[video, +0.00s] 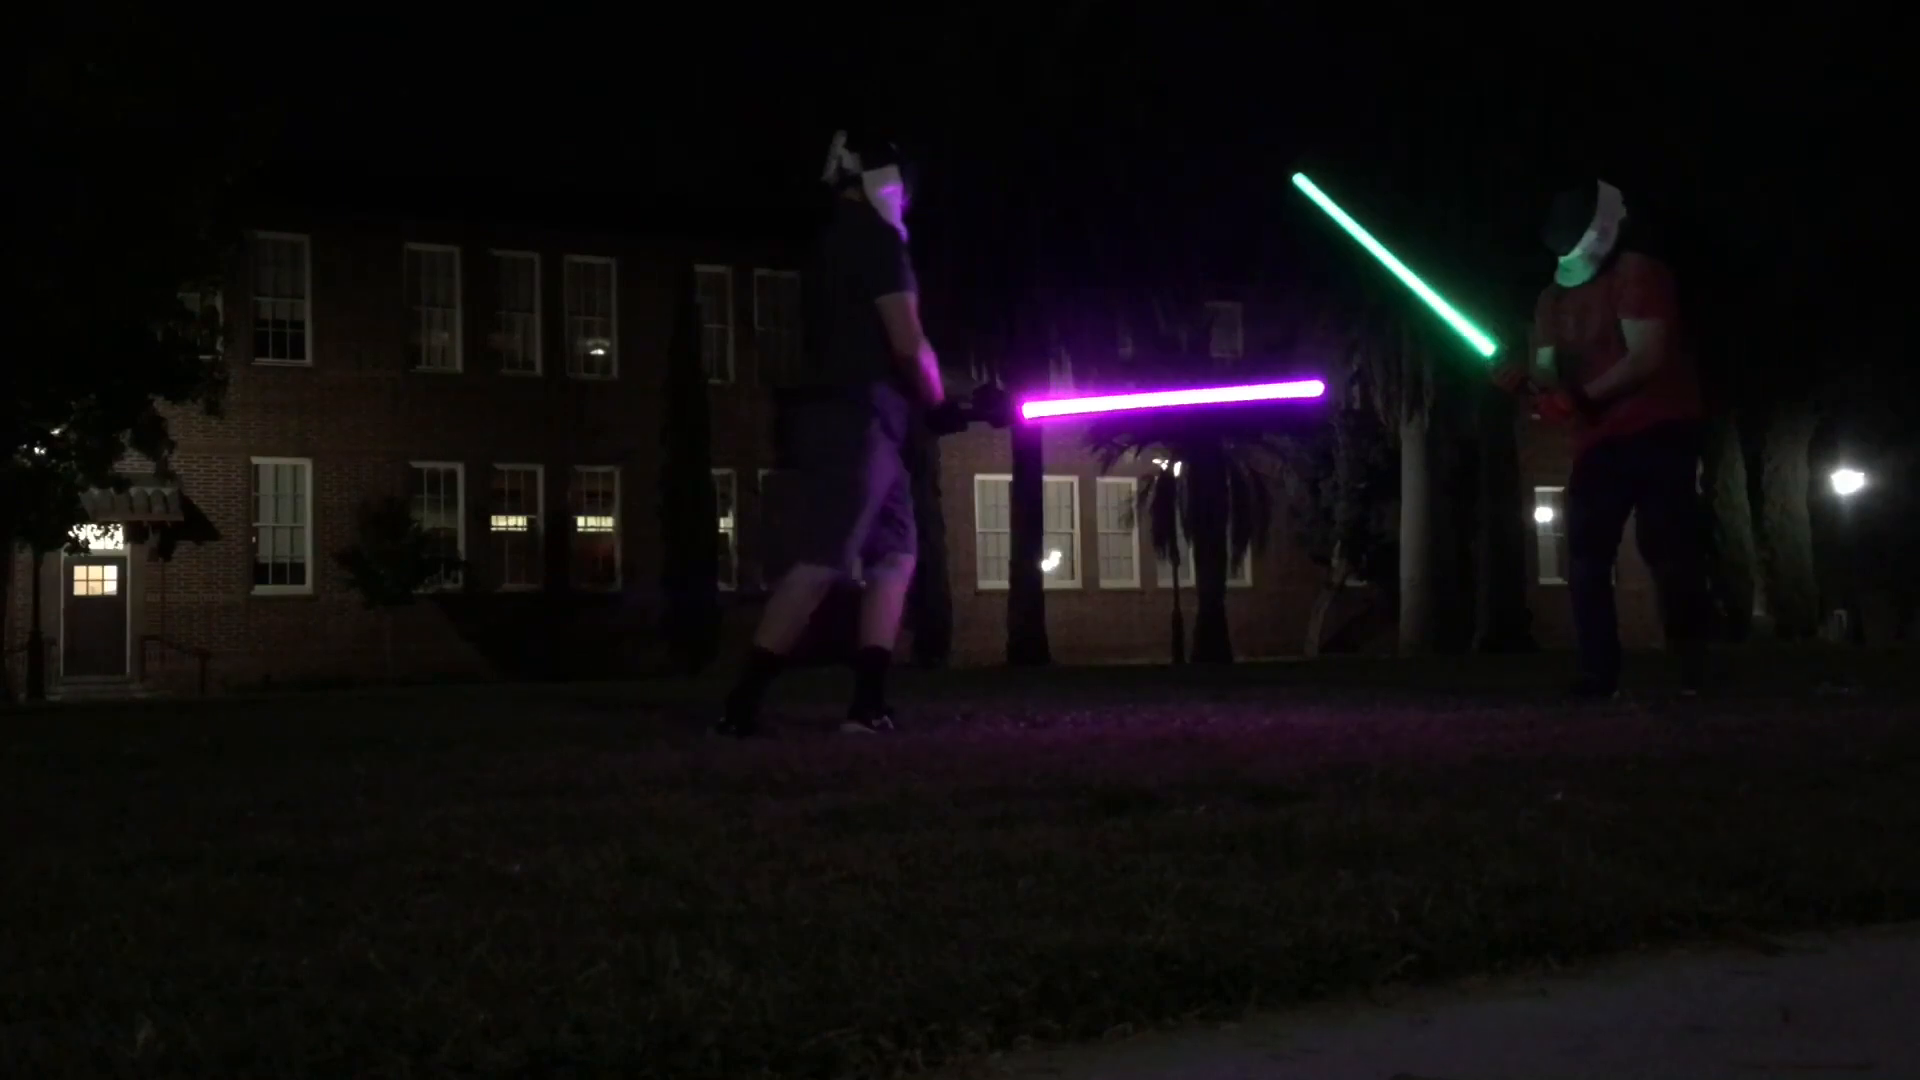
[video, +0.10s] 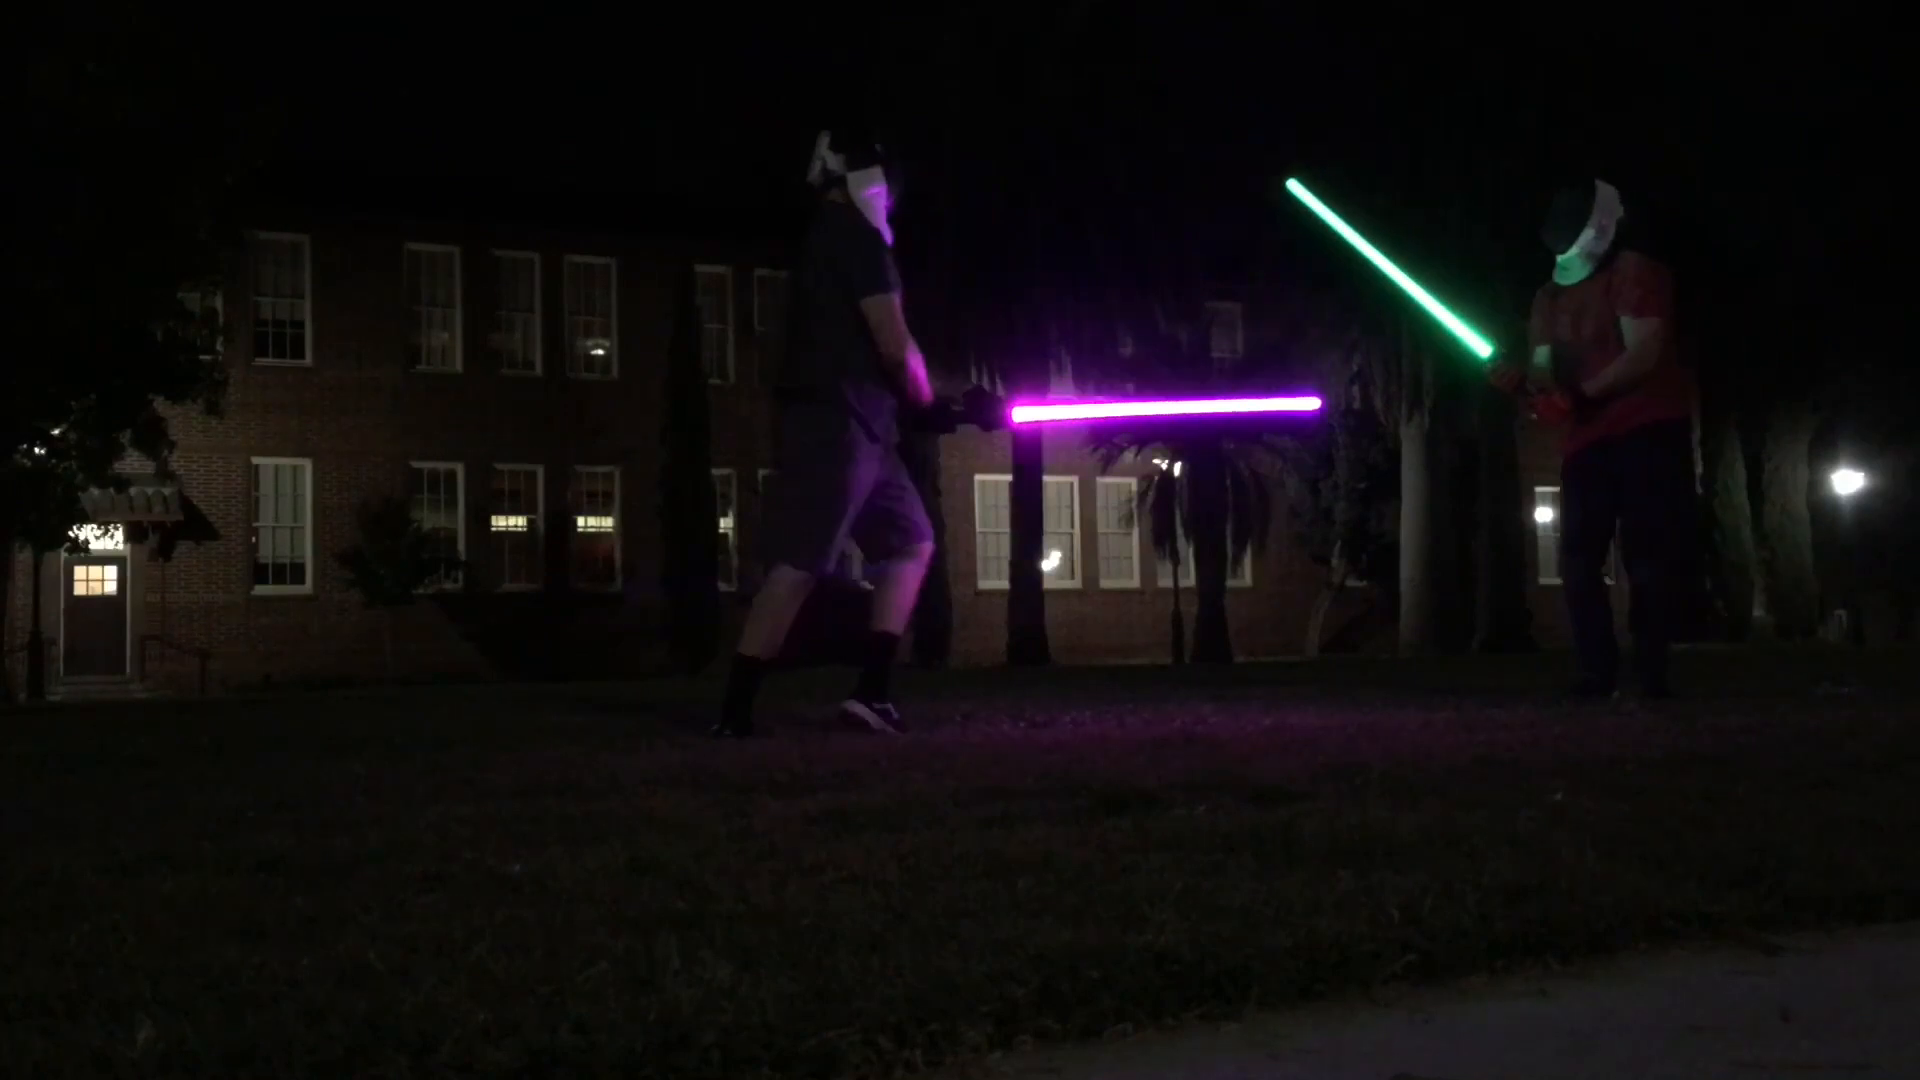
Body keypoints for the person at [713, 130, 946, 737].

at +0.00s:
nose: (903, 197)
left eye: (901, 184)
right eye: (895, 184)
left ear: (852, 188)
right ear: (867, 186)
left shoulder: (832, 238)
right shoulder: (877, 240)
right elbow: (909, 344)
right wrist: (939, 402)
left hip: (851, 421)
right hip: (858, 422)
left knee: (895, 554)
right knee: (824, 560)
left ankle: (869, 702)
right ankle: (744, 700)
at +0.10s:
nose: (888, 195)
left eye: (885, 182)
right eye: (879, 183)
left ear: (841, 185)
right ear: (854, 185)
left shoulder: (829, 238)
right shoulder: (857, 239)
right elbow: (894, 343)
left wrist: (924, 407)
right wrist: (927, 405)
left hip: (854, 430)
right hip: (840, 428)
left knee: (910, 544)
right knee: (800, 562)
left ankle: (871, 691)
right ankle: (736, 705)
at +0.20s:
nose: (884, 197)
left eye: (880, 185)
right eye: (874, 186)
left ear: (838, 188)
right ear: (848, 189)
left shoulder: (829, 241)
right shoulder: (849, 241)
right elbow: (889, 347)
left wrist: (916, 406)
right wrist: (921, 406)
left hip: (859, 431)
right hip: (830, 427)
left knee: (913, 545)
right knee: (792, 562)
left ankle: (885, 698)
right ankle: (732, 706)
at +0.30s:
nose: (888, 194)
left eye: (884, 182)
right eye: (879, 182)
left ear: (837, 185)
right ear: (857, 185)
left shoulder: (833, 237)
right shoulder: (856, 240)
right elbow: (896, 346)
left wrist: (925, 409)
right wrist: (928, 411)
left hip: (863, 428)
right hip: (833, 425)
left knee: (910, 554)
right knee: (795, 562)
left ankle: (886, 703)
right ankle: (732, 704)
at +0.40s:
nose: (900, 192)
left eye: (896, 179)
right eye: (891, 179)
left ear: (849, 185)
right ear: (867, 184)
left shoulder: (837, 237)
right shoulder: (872, 238)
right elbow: (908, 342)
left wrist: (927, 407)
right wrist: (943, 405)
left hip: (872, 428)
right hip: (849, 427)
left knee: (911, 553)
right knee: (828, 564)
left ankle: (885, 704)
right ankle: (741, 701)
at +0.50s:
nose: (912, 193)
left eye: (909, 180)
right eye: (903, 181)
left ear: (866, 184)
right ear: (878, 183)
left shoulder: (848, 233)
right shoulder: (881, 234)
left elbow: (903, 333)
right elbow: (914, 337)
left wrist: (956, 388)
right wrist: (952, 399)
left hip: (865, 413)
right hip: (870, 415)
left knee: (906, 555)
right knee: (891, 553)